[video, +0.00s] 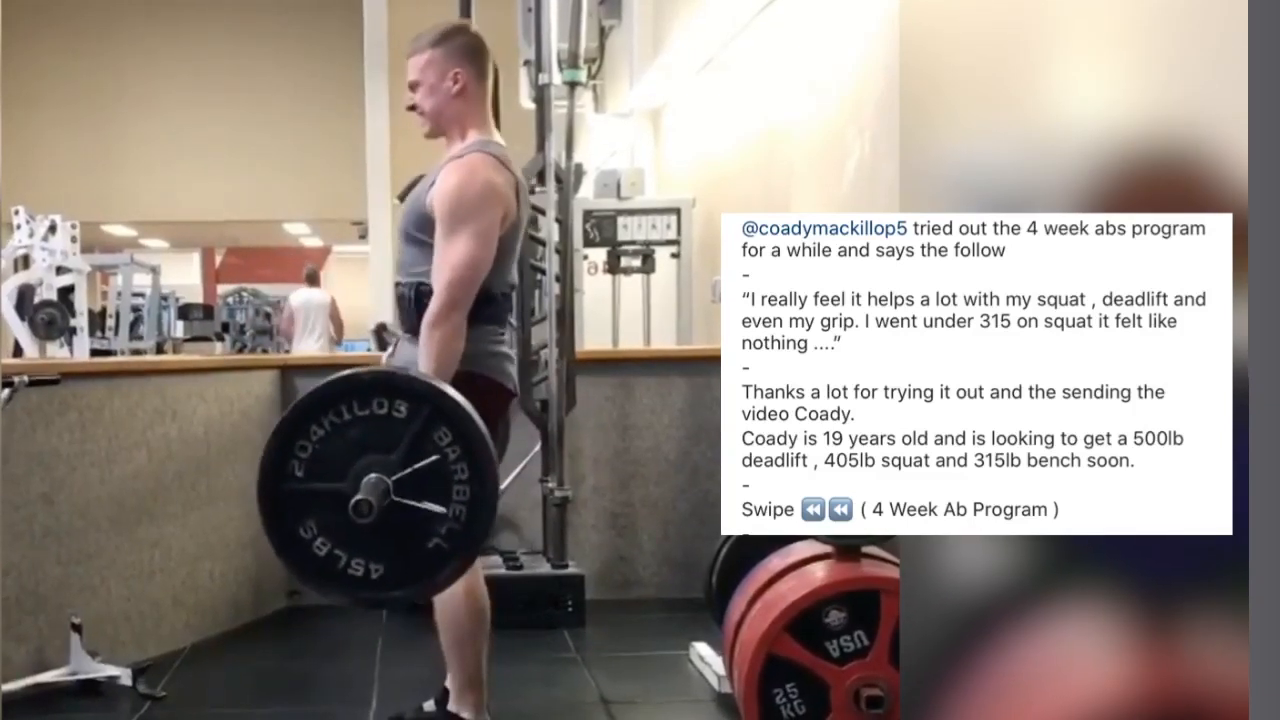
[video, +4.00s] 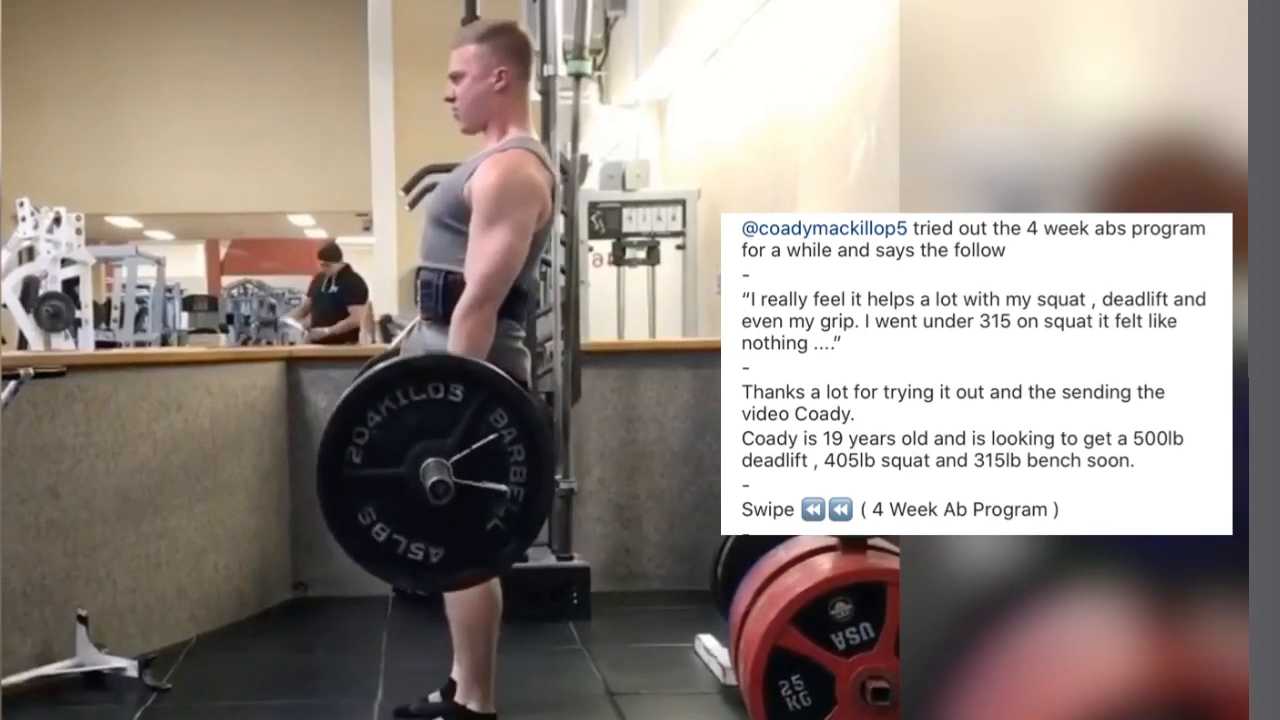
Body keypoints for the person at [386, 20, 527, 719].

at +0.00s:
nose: (411, 102)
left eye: (420, 86)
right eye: (410, 89)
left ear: (460, 83)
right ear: (463, 87)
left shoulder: (474, 173)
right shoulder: (473, 167)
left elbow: (450, 306)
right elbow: (448, 300)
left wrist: (426, 412)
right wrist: (413, 398)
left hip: (465, 375)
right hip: (470, 371)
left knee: (449, 546)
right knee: (451, 545)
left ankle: (469, 708)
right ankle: (463, 699)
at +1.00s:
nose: (239, 343)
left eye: (244, 330)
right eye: (238, 331)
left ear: (280, 328)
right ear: (283, 328)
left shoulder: (360, 387)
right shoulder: (350, 371)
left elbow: (409, 519)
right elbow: (392, 498)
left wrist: (426, 645)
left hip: (541, 401)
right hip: (534, 396)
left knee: (436, 542)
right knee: (445, 543)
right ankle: (476, 674)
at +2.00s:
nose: (285, 309)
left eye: (292, 296)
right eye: (286, 297)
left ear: (330, 298)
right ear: (328, 299)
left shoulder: (392, 378)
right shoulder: (374, 368)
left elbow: (416, 519)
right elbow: (393, 493)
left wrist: (440, 651)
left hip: (550, 461)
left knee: (402, 550)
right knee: (400, 543)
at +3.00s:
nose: (280, 227)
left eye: (288, 214)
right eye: (281, 215)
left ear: (325, 215)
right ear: (323, 215)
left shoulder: (387, 292)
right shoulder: (369, 291)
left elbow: (423, 428)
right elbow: (398, 415)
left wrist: (443, 540)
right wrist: (416, 523)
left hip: (542, 379)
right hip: (512, 382)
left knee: (469, 518)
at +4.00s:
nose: (448, 91)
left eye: (459, 78)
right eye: (449, 79)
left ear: (502, 79)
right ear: (502, 83)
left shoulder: (510, 168)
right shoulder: (500, 162)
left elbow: (480, 305)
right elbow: (472, 295)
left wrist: (452, 414)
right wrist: (441, 407)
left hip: (480, 366)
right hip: (479, 361)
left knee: (464, 542)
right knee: (463, 539)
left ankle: (474, 702)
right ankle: (466, 691)